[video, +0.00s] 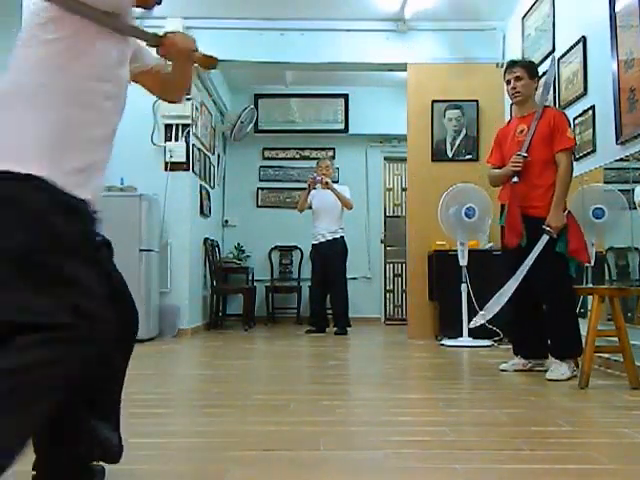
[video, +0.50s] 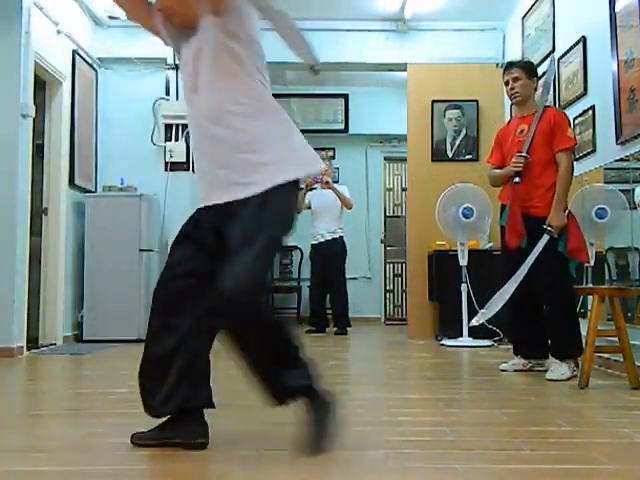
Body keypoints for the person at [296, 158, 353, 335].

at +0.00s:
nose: (324, 171)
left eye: (327, 168)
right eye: (321, 168)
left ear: (332, 170)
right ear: (317, 171)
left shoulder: (341, 189)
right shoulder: (313, 193)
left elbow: (349, 206)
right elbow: (300, 208)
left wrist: (332, 189)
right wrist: (308, 189)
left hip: (336, 241)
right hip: (318, 243)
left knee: (338, 285)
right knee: (317, 286)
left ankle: (341, 324)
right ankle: (318, 323)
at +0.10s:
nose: (324, 171)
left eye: (327, 168)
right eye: (321, 168)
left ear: (332, 170)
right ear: (316, 171)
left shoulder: (341, 189)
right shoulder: (313, 193)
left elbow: (349, 206)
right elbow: (300, 208)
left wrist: (332, 189)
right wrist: (307, 189)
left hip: (336, 241)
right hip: (318, 243)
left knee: (338, 285)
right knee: (317, 286)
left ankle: (341, 324)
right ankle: (318, 323)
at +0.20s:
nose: (324, 171)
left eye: (327, 168)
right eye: (321, 168)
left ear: (332, 170)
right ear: (316, 171)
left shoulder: (341, 189)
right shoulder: (312, 193)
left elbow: (349, 206)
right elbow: (299, 208)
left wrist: (332, 189)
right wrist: (306, 189)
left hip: (336, 241)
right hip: (318, 243)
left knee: (338, 285)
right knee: (317, 286)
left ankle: (341, 324)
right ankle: (318, 323)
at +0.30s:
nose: (324, 171)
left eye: (327, 168)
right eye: (321, 168)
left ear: (332, 170)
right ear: (316, 171)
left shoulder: (341, 189)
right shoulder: (312, 194)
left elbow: (349, 205)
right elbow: (299, 208)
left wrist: (332, 189)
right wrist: (305, 189)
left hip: (336, 241)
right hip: (318, 243)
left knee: (338, 285)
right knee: (317, 286)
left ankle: (341, 324)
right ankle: (318, 323)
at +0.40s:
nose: (324, 172)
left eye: (326, 169)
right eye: (320, 169)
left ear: (331, 170)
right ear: (316, 172)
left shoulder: (341, 189)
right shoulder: (312, 194)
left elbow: (349, 205)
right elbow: (298, 208)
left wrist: (332, 188)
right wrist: (305, 189)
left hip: (336, 241)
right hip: (318, 243)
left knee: (337, 285)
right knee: (317, 286)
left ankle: (341, 324)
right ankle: (318, 323)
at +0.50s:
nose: (324, 173)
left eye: (327, 169)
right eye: (321, 170)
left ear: (332, 172)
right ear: (317, 173)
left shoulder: (341, 189)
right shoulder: (312, 193)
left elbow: (348, 205)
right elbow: (298, 208)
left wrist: (332, 187)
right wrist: (305, 190)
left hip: (335, 240)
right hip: (317, 242)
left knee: (337, 285)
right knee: (317, 286)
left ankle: (341, 323)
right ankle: (318, 322)